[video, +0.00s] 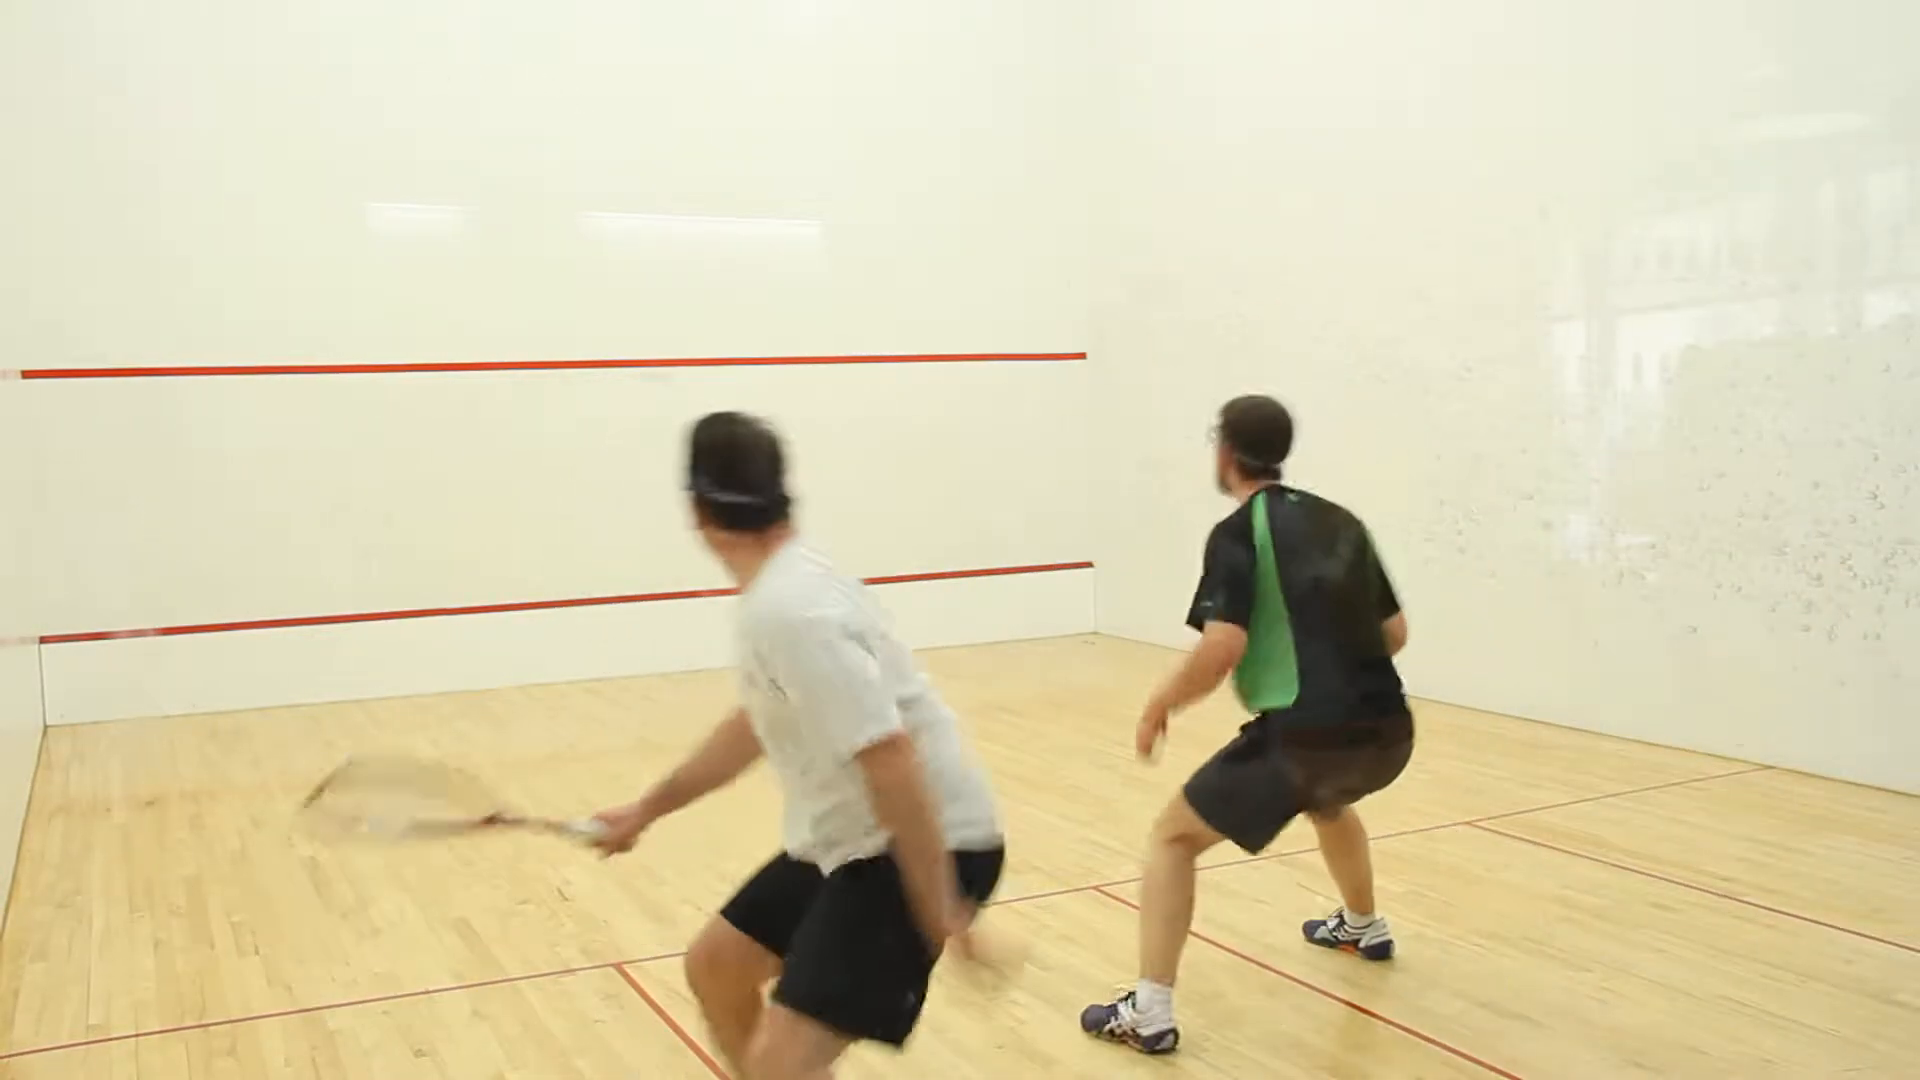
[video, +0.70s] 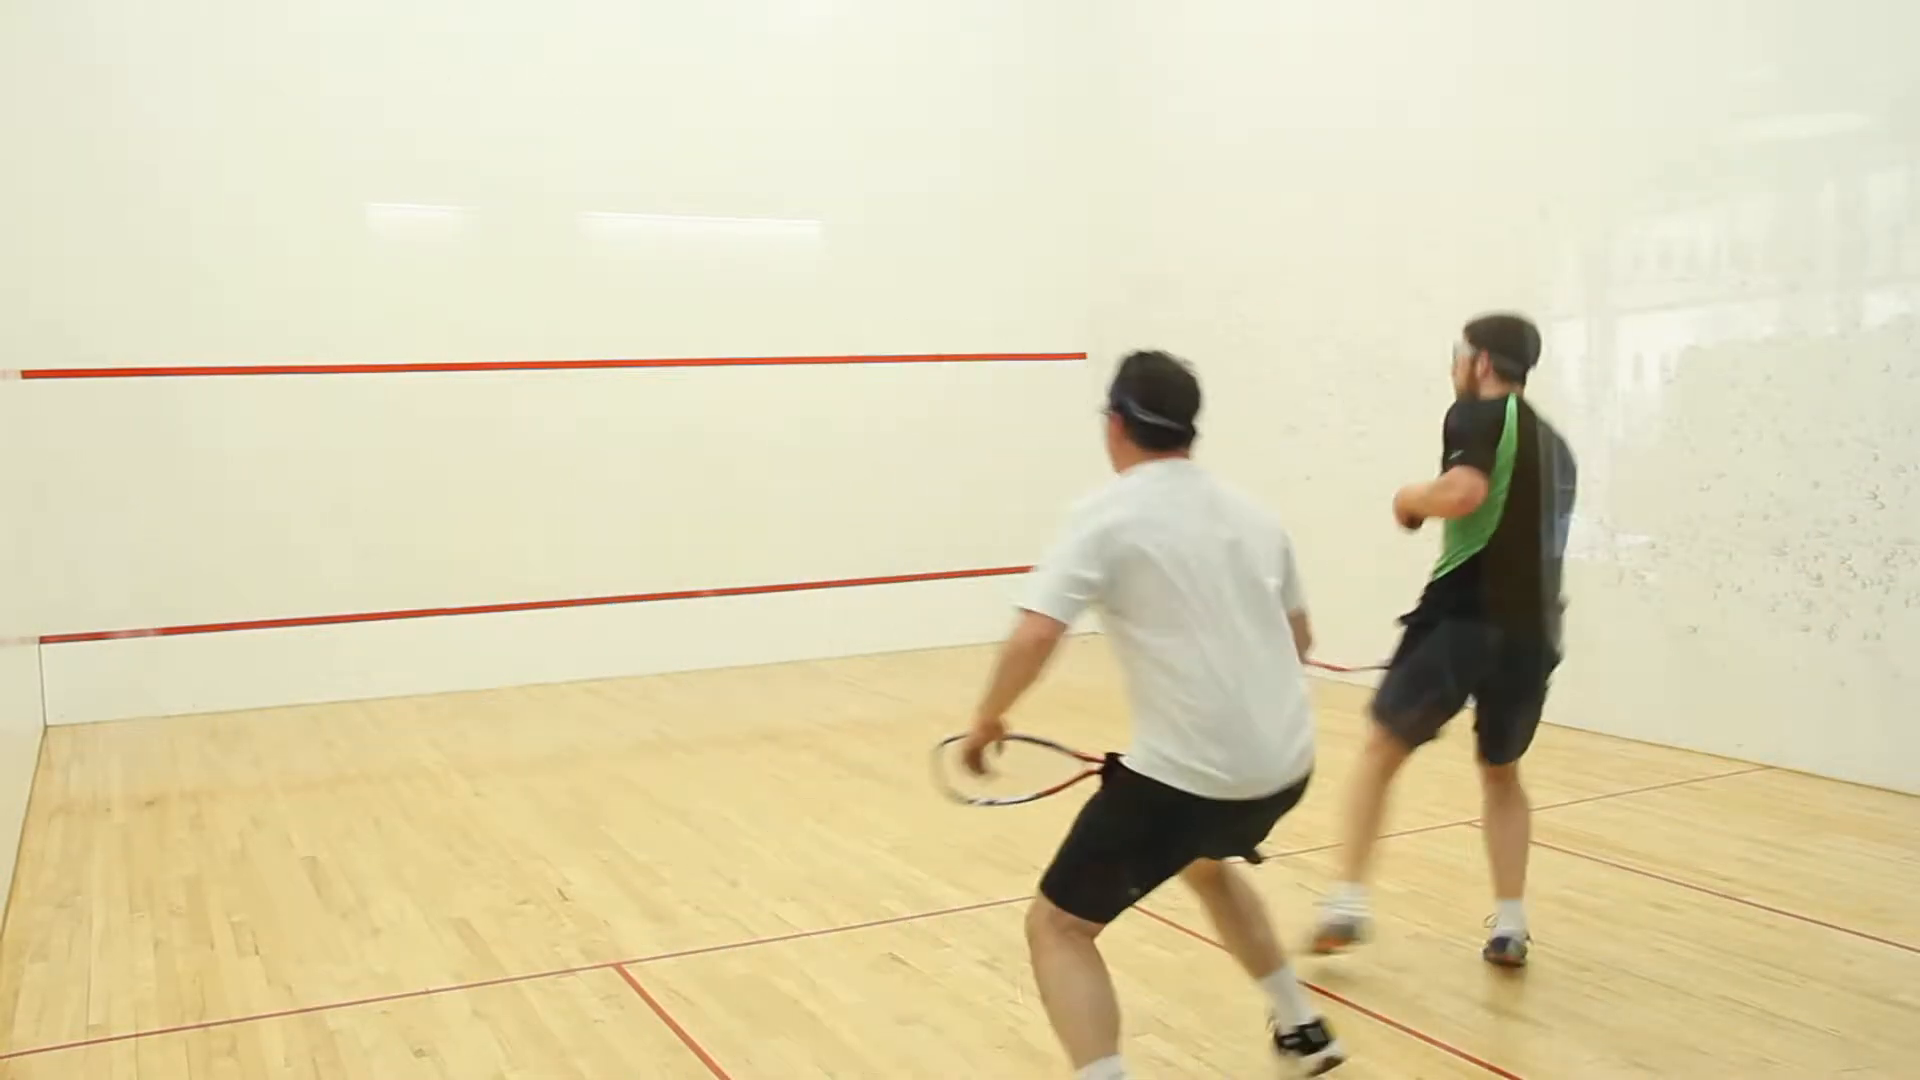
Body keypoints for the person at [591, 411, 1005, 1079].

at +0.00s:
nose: (691, 516)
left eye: (692, 501)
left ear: (701, 514)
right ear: (779, 495)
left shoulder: (797, 610)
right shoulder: (775, 599)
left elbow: (891, 761)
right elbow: (751, 728)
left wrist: (940, 907)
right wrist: (644, 810)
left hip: (909, 853)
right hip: (846, 839)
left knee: (779, 1061)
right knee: (718, 967)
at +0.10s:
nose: (759, 493)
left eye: (761, 480)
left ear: (770, 497)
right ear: (851, 482)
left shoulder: (835, 599)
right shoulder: (873, 570)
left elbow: (879, 767)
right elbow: (828, 729)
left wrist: (859, 945)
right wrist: (724, 794)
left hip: (940, 868)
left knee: (781, 1060)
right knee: (754, 990)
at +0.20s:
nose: (830, 440)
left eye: (831, 428)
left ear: (837, 442)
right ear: (921, 437)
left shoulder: (880, 544)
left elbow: (882, 713)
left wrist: (819, 863)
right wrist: (849, 779)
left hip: (966, 827)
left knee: (874, 1044)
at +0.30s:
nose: (889, 409)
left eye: (889, 396)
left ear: (894, 408)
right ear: (978, 402)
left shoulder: (918, 504)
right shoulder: (1013, 488)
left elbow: (899, 653)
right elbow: (1044, 644)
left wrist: (831, 797)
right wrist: (963, 757)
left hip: (1024, 783)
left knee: (927, 1001)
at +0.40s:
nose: (972, 418)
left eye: (970, 408)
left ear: (970, 419)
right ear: (1048, 412)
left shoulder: (969, 514)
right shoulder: (1097, 502)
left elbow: (912, 656)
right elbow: (1114, 643)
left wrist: (849, 782)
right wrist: (1022, 773)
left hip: (1053, 794)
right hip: (1157, 788)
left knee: (1004, 1006)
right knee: (1053, 944)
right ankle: (1121, 1063)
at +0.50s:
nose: (1038, 424)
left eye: (1037, 415)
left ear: (1039, 428)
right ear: (1123, 426)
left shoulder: (1028, 527)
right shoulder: (1173, 527)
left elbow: (952, 654)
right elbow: (1205, 659)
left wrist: (882, 759)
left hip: (1095, 801)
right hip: (1200, 792)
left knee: (1072, 1015)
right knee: (1156, 940)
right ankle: (1233, 1070)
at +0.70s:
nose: (1106, 428)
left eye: (1108, 417)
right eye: (1110, 417)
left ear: (1117, 424)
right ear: (1189, 429)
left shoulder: (1109, 515)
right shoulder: (1249, 514)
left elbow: (1034, 637)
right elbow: (1298, 640)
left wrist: (990, 716)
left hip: (1181, 775)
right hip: (1284, 767)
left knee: (1057, 923)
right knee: (1204, 857)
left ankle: (1102, 1069)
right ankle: (1298, 1023)